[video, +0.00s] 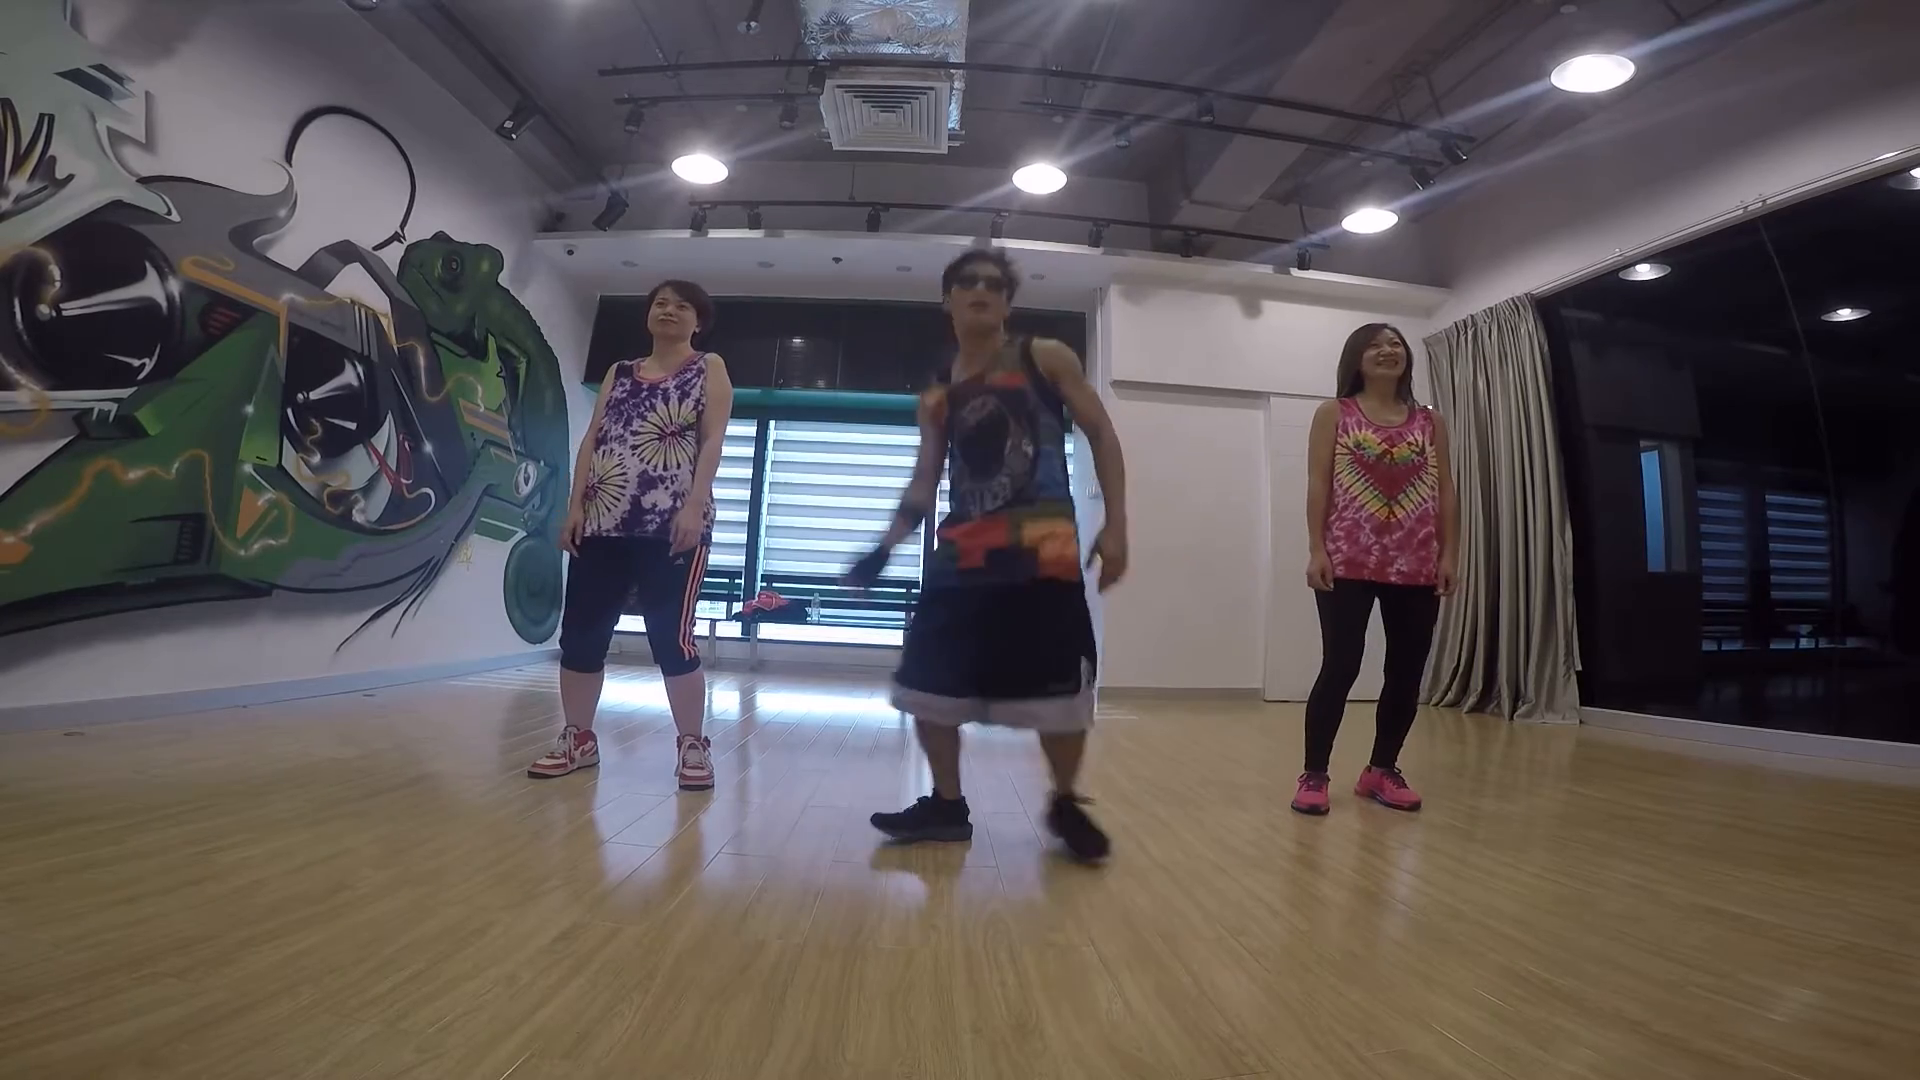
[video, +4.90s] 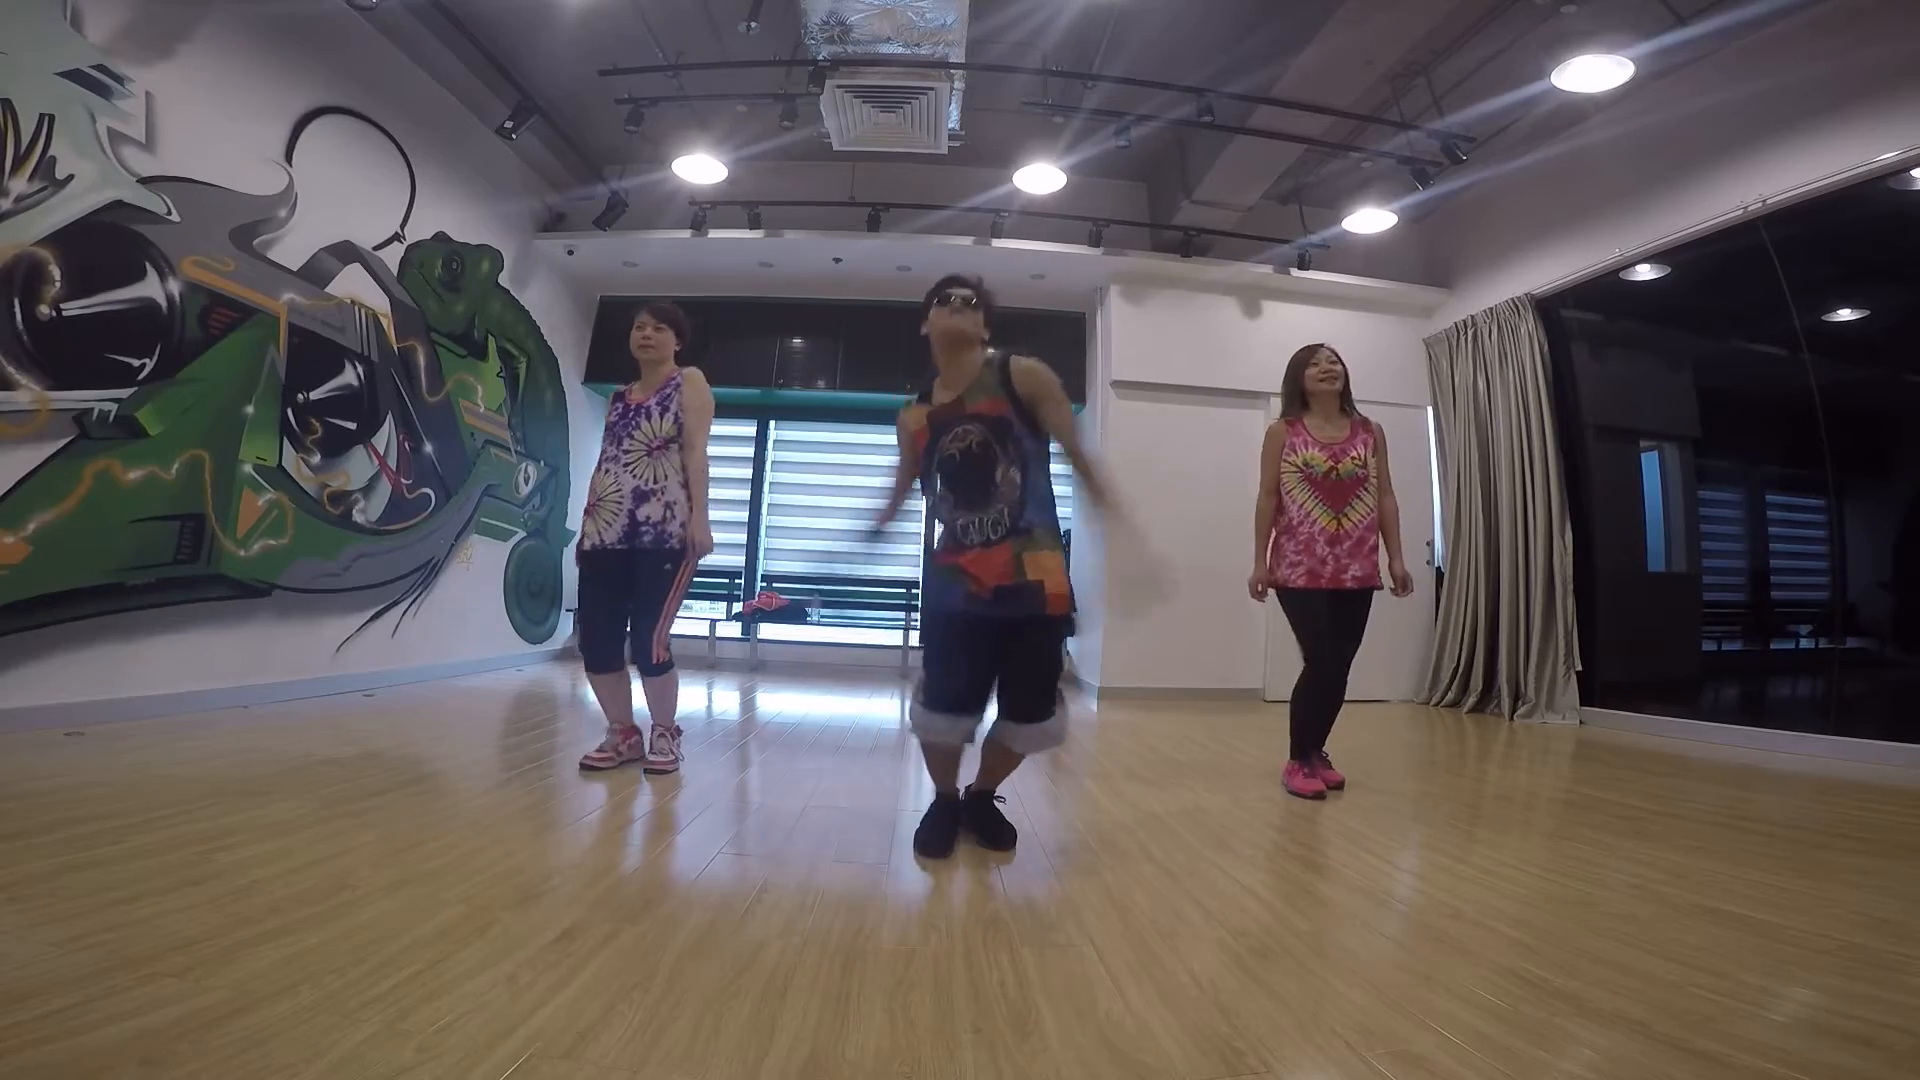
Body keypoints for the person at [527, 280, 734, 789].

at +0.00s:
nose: (668, 310)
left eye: (681, 305)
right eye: (660, 303)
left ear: (697, 322)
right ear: (647, 316)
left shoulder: (709, 368)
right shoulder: (619, 373)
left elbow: (711, 441)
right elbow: (591, 441)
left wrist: (694, 506)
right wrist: (575, 504)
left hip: (671, 527)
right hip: (603, 523)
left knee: (672, 641)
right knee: (580, 636)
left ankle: (692, 745)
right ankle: (578, 741)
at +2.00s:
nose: (646, 305)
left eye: (659, 300)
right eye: (637, 298)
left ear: (675, 317)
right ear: (623, 312)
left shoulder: (686, 376)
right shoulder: (585, 359)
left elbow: (686, 450)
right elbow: (549, 424)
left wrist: (689, 519)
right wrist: (523, 493)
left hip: (646, 522)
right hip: (574, 518)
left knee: (626, 632)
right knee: (580, 636)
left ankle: (628, 744)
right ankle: (591, 741)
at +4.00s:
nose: (669, 325)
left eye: (681, 319)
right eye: (661, 318)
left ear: (697, 336)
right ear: (649, 332)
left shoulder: (708, 389)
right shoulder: (616, 381)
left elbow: (713, 455)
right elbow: (586, 448)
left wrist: (709, 503)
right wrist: (561, 508)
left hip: (666, 528)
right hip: (601, 525)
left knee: (652, 628)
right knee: (603, 633)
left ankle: (661, 725)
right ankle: (620, 730)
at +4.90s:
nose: (647, 334)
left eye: (659, 328)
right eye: (640, 328)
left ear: (677, 341)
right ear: (630, 339)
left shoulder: (689, 381)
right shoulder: (620, 397)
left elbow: (696, 452)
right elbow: (606, 463)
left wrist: (698, 519)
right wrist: (590, 523)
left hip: (661, 532)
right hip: (604, 531)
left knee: (649, 638)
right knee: (597, 640)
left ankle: (664, 733)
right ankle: (623, 734)